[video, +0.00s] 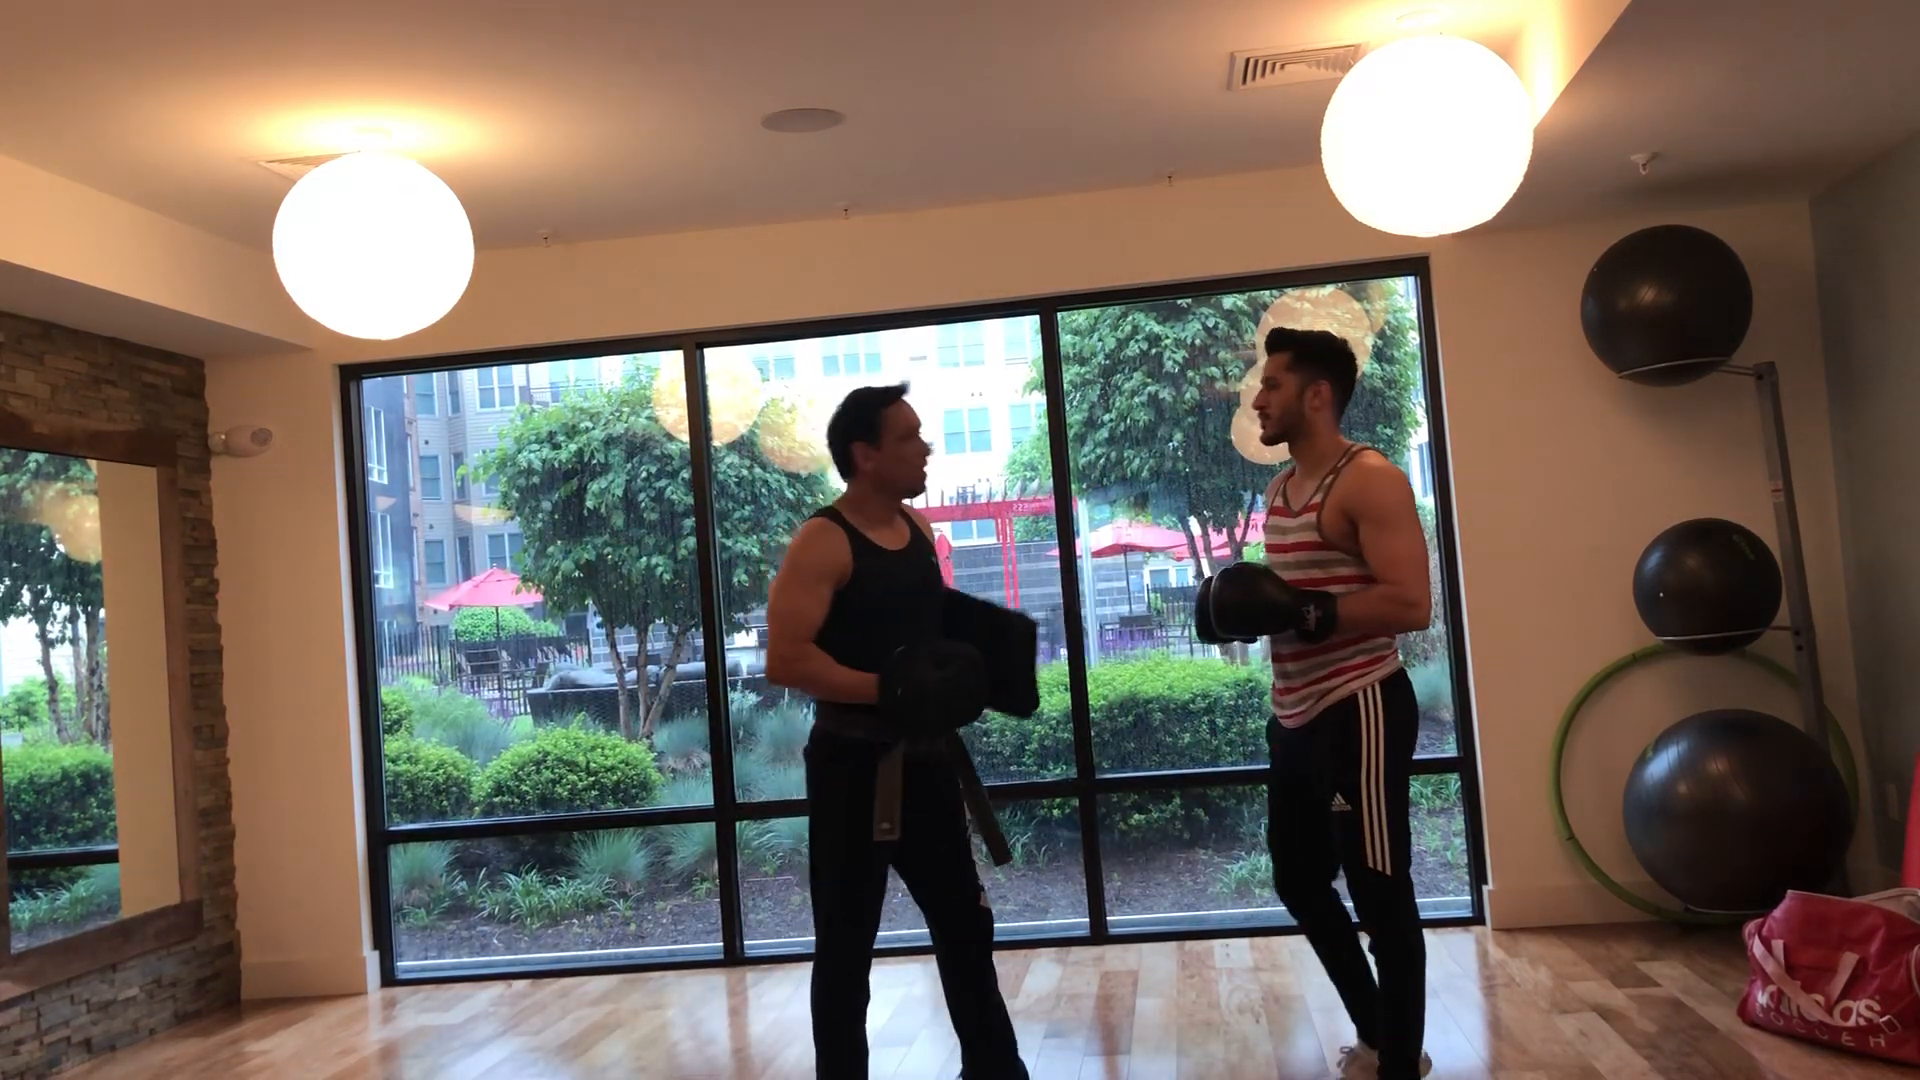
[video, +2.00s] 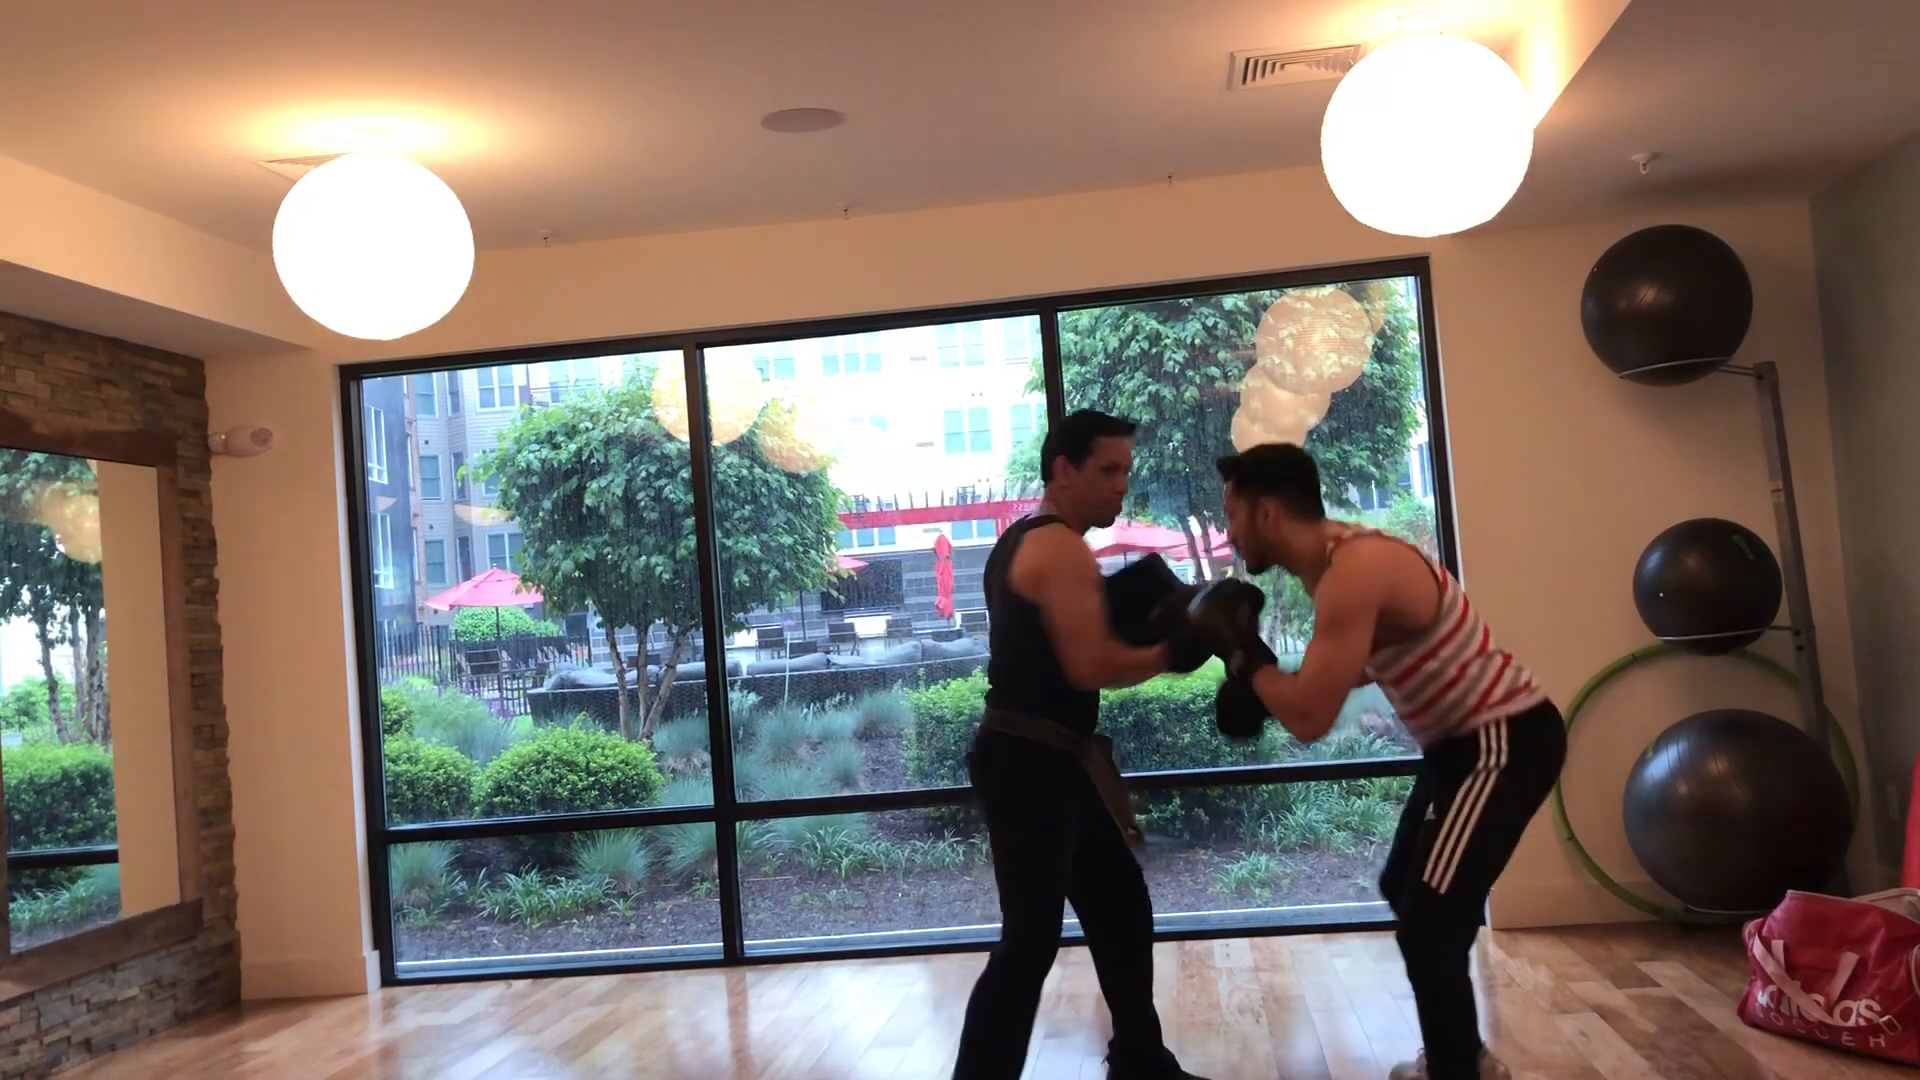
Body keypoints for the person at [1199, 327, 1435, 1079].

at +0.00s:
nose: (1256, 397)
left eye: (1271, 383)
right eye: (1259, 383)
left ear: (1319, 392)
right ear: (1302, 394)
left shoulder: (1371, 479)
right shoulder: (1282, 489)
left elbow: (1413, 603)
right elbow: (1306, 592)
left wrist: (1301, 611)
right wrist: (1243, 603)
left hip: (1365, 699)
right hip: (1299, 707)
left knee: (1380, 887)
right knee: (1300, 882)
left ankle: (1403, 1062)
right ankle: (1378, 1036)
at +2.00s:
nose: (1228, 532)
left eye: (1231, 514)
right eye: (1226, 516)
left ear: (1269, 510)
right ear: (1283, 509)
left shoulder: (1359, 569)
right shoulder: (1337, 565)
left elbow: (1307, 717)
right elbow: (1373, 660)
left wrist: (1243, 648)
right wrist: (1270, 686)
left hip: (1505, 736)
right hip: (1461, 739)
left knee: (1432, 910)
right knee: (1406, 887)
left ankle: (1454, 1069)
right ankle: (1458, 1054)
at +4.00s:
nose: (1258, 495)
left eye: (1259, 476)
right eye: (1254, 480)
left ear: (1298, 462)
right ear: (1308, 463)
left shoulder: (1360, 522)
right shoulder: (1376, 509)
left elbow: (1342, 650)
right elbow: (1370, 644)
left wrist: (1260, 643)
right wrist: (1292, 654)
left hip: (1464, 723)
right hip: (1466, 717)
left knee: (1415, 910)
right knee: (1447, 893)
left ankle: (1457, 1067)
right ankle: (1493, 1044)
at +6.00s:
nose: (1295, 535)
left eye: (1296, 518)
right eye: (1290, 524)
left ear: (1337, 502)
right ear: (1353, 501)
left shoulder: (1375, 527)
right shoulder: (1417, 549)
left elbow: (1420, 583)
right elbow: (1369, 673)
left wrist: (1320, 601)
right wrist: (1308, 623)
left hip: (1502, 702)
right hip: (1552, 702)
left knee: (1398, 876)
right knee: (1481, 867)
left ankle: (1468, 1064)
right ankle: (1530, 1037)